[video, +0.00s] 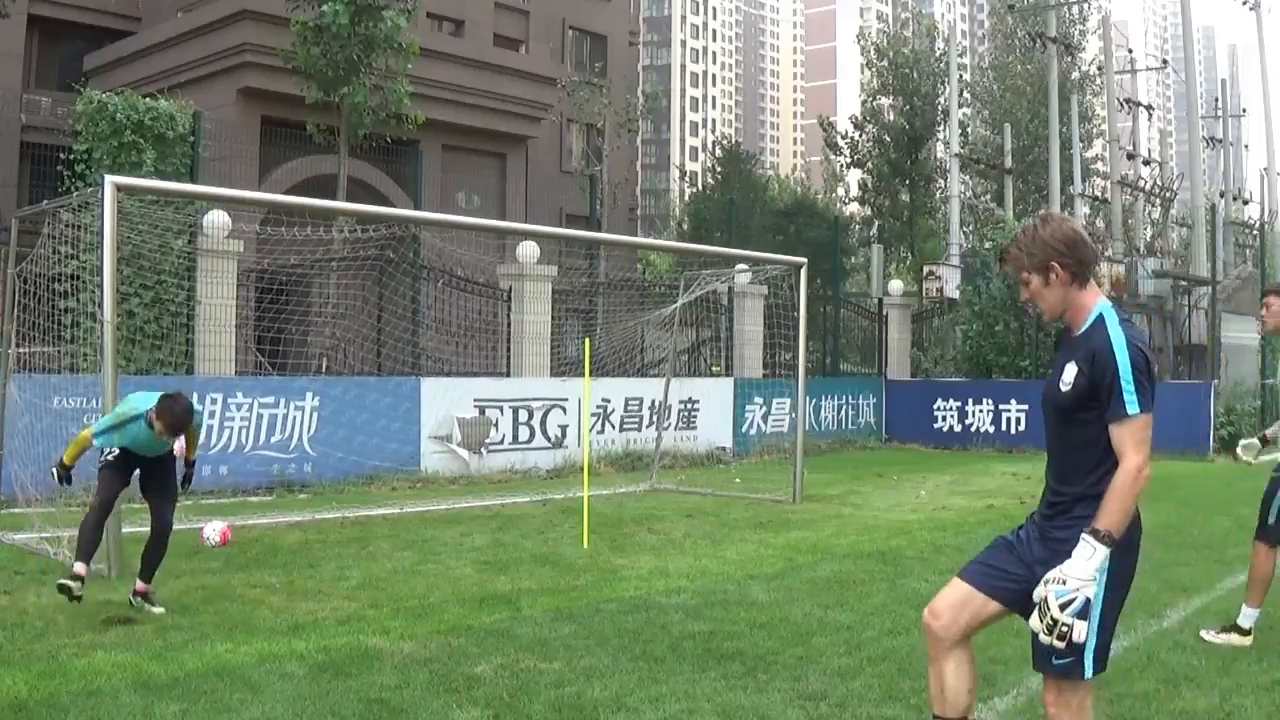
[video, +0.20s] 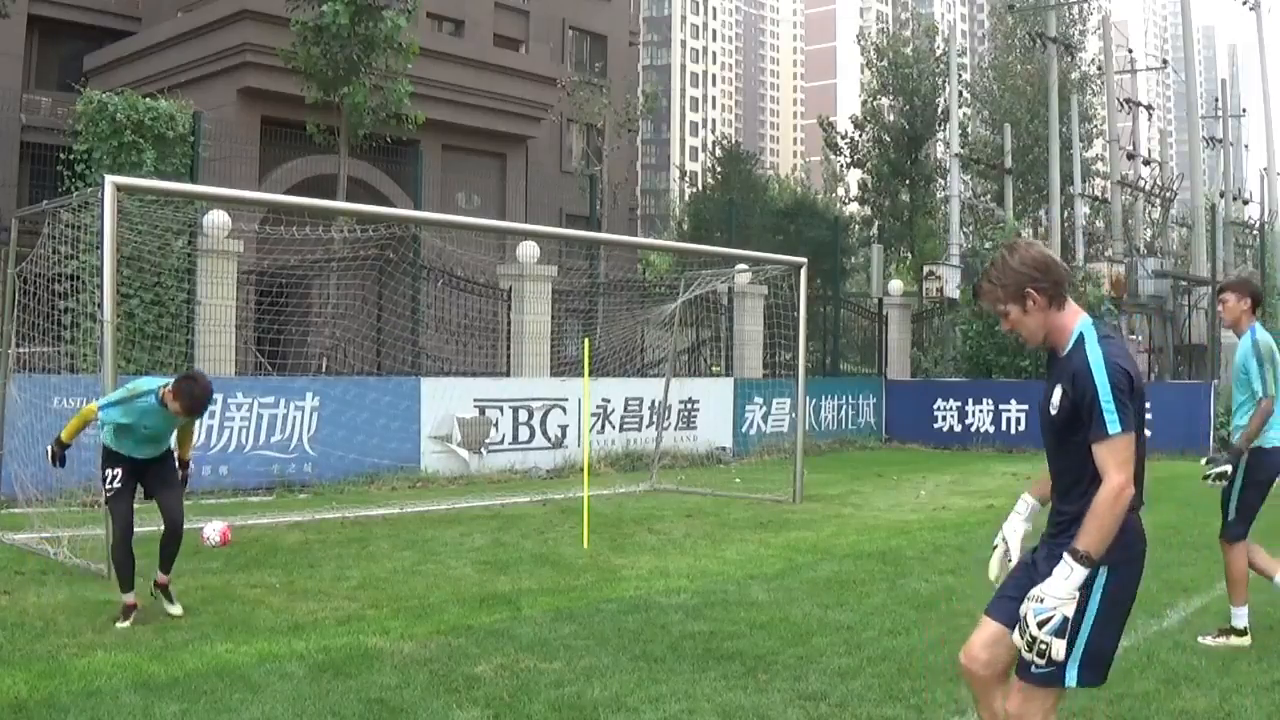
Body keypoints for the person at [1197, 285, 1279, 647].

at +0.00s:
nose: (1262, 315)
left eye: (1268, 308)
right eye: (1264, 307)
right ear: (1272, 311)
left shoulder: (1277, 349)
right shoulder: (1275, 349)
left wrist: (1269, 435)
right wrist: (1267, 435)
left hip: (1279, 469)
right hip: (1278, 467)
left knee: (1266, 538)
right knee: (1266, 538)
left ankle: (1245, 624)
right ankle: (1244, 624)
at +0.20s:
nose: (1219, 310)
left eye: (1224, 302)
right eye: (1219, 303)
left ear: (1247, 304)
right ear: (1240, 305)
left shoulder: (1258, 342)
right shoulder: (1247, 342)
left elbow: (1267, 402)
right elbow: (1252, 402)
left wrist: (1238, 449)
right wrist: (1229, 450)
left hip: (1258, 452)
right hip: (1251, 450)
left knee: (1232, 537)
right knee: (1234, 535)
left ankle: (1238, 627)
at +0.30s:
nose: (1203, 308)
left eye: (1208, 301)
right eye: (1203, 302)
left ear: (1230, 302)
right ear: (1224, 304)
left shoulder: (1242, 339)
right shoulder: (1230, 341)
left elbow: (1243, 403)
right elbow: (1234, 405)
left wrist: (1204, 444)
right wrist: (1202, 446)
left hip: (1242, 449)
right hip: (1230, 449)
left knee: (1226, 537)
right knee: (1200, 529)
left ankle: (1238, 628)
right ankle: (1249, 594)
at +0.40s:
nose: (1179, 308)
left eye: (1185, 301)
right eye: (1180, 302)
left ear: (1207, 305)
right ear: (1206, 307)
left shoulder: (1211, 341)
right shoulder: (1225, 340)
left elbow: (1207, 403)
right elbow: (1250, 399)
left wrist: (1167, 432)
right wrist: (1248, 446)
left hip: (1214, 451)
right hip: (1214, 450)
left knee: (1217, 537)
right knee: (1168, 518)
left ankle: (1237, 626)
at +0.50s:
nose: (1163, 311)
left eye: (1169, 305)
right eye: (1164, 305)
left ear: (1190, 307)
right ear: (1191, 310)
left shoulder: (1192, 342)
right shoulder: (1211, 342)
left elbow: (1185, 403)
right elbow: (1231, 399)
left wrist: (1150, 429)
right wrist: (1236, 448)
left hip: (1195, 450)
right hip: (1209, 448)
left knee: (1209, 536)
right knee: (1181, 531)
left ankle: (1235, 622)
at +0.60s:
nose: (1138, 314)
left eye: (1143, 308)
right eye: (1138, 308)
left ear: (1164, 310)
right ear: (1165, 312)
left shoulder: (1166, 344)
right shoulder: (1185, 345)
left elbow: (1154, 400)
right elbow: (1204, 403)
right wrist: (1207, 454)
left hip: (1167, 450)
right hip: (1184, 448)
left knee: (1146, 536)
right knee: (1184, 537)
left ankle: (1114, 612)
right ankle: (1228, 614)